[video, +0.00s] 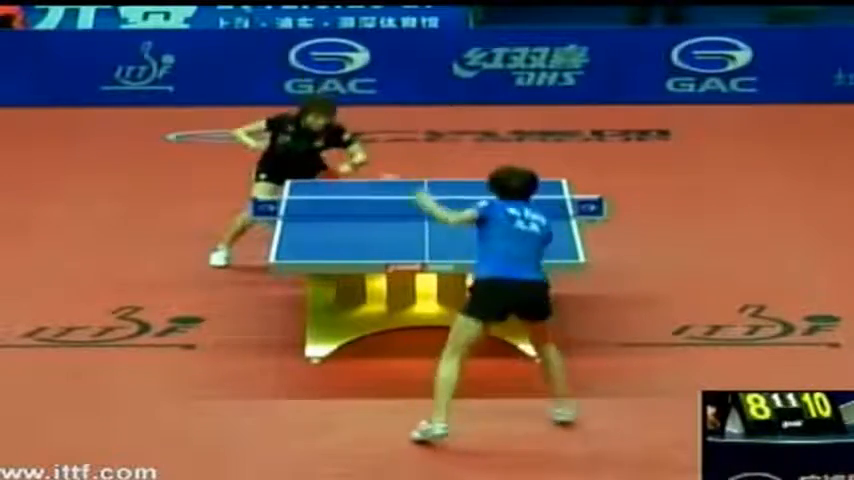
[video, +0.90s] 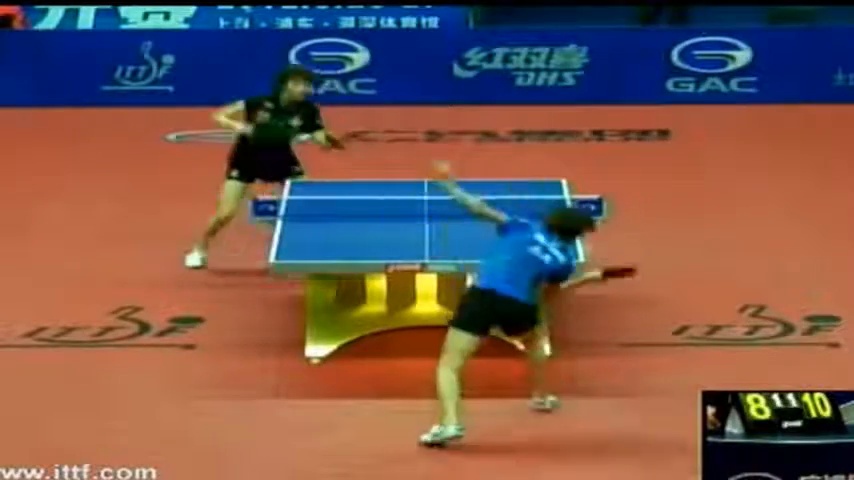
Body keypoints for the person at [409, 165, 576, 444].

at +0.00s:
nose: (491, 194)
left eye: (494, 190)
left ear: (499, 191)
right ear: (528, 193)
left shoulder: (491, 208)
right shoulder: (540, 220)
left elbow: (452, 219)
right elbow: (539, 252)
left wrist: (428, 204)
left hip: (492, 285)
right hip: (532, 287)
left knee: (453, 352)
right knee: (545, 345)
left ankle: (438, 422)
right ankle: (563, 406)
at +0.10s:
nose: (484, 206)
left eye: (486, 202)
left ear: (492, 204)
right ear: (524, 204)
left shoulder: (488, 226)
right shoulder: (540, 231)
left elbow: (463, 253)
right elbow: (548, 271)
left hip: (494, 306)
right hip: (534, 306)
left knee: (461, 367)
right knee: (554, 361)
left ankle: (457, 435)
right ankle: (587, 417)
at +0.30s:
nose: (483, 199)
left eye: (486, 195)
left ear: (489, 197)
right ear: (520, 197)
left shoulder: (481, 221)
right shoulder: (538, 223)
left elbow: (454, 250)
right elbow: (553, 258)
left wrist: (441, 242)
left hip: (488, 296)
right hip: (531, 296)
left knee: (458, 361)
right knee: (560, 356)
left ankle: (454, 430)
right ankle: (587, 420)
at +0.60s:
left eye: (483, 197)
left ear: (484, 201)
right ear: (517, 206)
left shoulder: (469, 223)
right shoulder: (526, 234)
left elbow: (421, 241)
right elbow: (532, 274)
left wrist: (419, 227)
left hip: (471, 305)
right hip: (514, 305)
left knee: (440, 367)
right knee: (545, 351)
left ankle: (450, 433)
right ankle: (556, 407)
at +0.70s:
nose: (503, 198)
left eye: (507, 195)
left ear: (507, 202)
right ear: (535, 212)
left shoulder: (479, 219)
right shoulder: (536, 240)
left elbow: (428, 221)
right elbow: (538, 286)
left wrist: (416, 207)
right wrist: (545, 323)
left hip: (467, 300)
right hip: (507, 303)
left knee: (442, 365)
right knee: (537, 342)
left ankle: (450, 432)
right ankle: (550, 399)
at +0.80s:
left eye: (529, 198)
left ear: (528, 204)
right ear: (552, 220)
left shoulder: (498, 217)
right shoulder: (547, 245)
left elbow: (448, 211)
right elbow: (543, 287)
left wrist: (417, 193)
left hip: (467, 294)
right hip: (506, 301)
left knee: (444, 365)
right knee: (536, 338)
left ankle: (449, 431)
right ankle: (550, 388)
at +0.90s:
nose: (582, 240)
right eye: (583, 234)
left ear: (552, 219)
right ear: (574, 234)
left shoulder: (522, 226)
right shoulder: (563, 259)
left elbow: (479, 209)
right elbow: (552, 288)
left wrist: (447, 183)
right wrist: (590, 278)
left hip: (482, 295)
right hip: (519, 304)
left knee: (449, 363)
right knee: (537, 340)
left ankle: (449, 423)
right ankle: (539, 395)